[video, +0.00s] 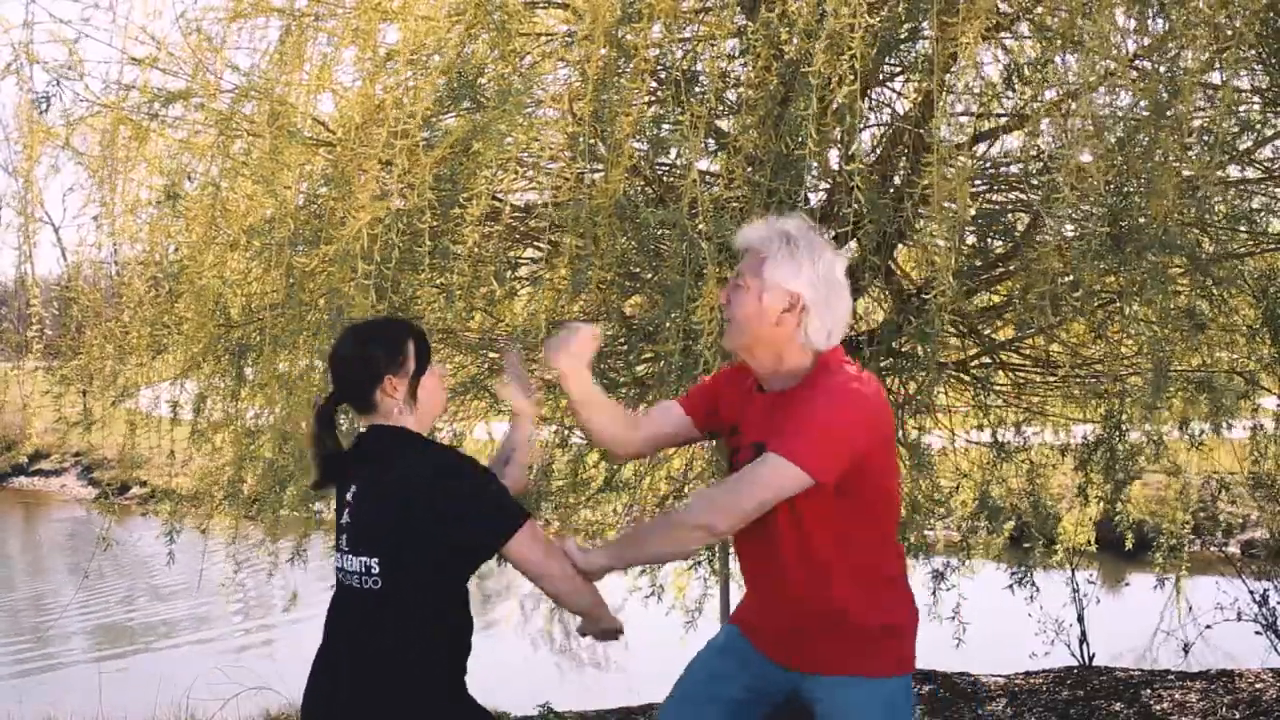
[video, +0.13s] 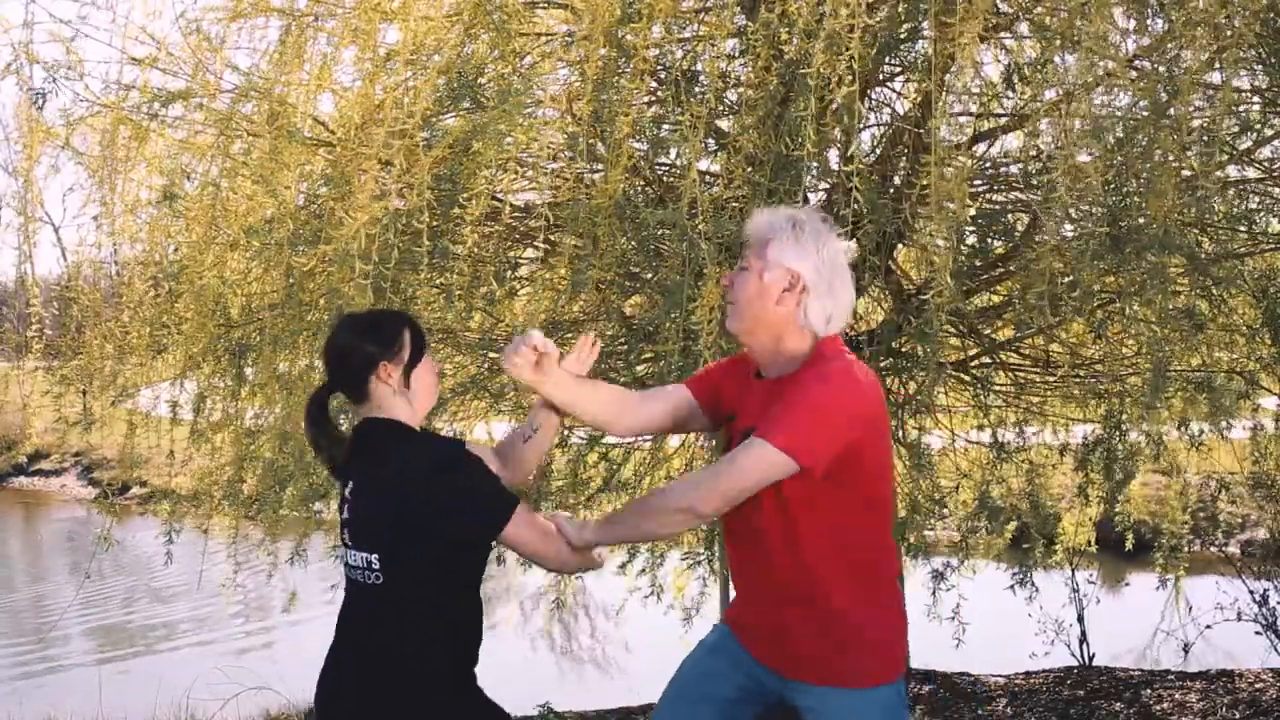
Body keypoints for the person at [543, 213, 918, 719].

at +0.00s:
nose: (722, 297)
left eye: (739, 285)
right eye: (730, 283)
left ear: (791, 306)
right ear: (784, 307)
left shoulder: (846, 398)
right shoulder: (738, 387)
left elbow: (716, 518)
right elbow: (629, 436)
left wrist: (599, 558)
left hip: (859, 663)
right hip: (758, 641)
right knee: (679, 713)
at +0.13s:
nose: (727, 280)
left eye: (745, 267)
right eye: (737, 265)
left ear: (790, 288)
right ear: (784, 289)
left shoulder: (837, 387)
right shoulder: (743, 377)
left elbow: (702, 500)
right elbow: (635, 412)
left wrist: (591, 533)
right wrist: (550, 379)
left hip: (849, 673)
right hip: (748, 644)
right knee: (675, 713)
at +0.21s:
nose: (731, 275)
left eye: (747, 261)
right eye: (740, 260)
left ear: (793, 280)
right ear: (789, 281)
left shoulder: (839, 375)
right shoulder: (742, 369)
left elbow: (695, 475)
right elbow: (644, 402)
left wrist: (590, 510)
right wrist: (559, 391)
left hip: (848, 663)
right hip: (747, 639)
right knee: (672, 713)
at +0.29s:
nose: (727, 272)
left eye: (745, 257)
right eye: (736, 258)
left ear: (793, 275)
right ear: (787, 274)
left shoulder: (836, 362)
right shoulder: (742, 361)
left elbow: (677, 448)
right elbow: (642, 390)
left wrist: (592, 456)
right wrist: (562, 395)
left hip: (845, 660)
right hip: (738, 638)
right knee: (672, 711)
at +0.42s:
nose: (703, 263)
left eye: (719, 248)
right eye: (710, 247)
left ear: (770, 261)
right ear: (766, 262)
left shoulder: (830, 352)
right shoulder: (711, 354)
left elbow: (702, 451)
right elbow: (579, 400)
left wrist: (585, 447)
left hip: (839, 649)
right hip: (721, 637)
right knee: (660, 710)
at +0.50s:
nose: (681, 263)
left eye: (697, 246)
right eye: (686, 247)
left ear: (753, 256)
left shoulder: (829, 346)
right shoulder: (683, 360)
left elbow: (763, 474)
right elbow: (566, 420)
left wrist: (623, 483)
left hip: (834, 640)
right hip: (712, 632)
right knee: (657, 712)